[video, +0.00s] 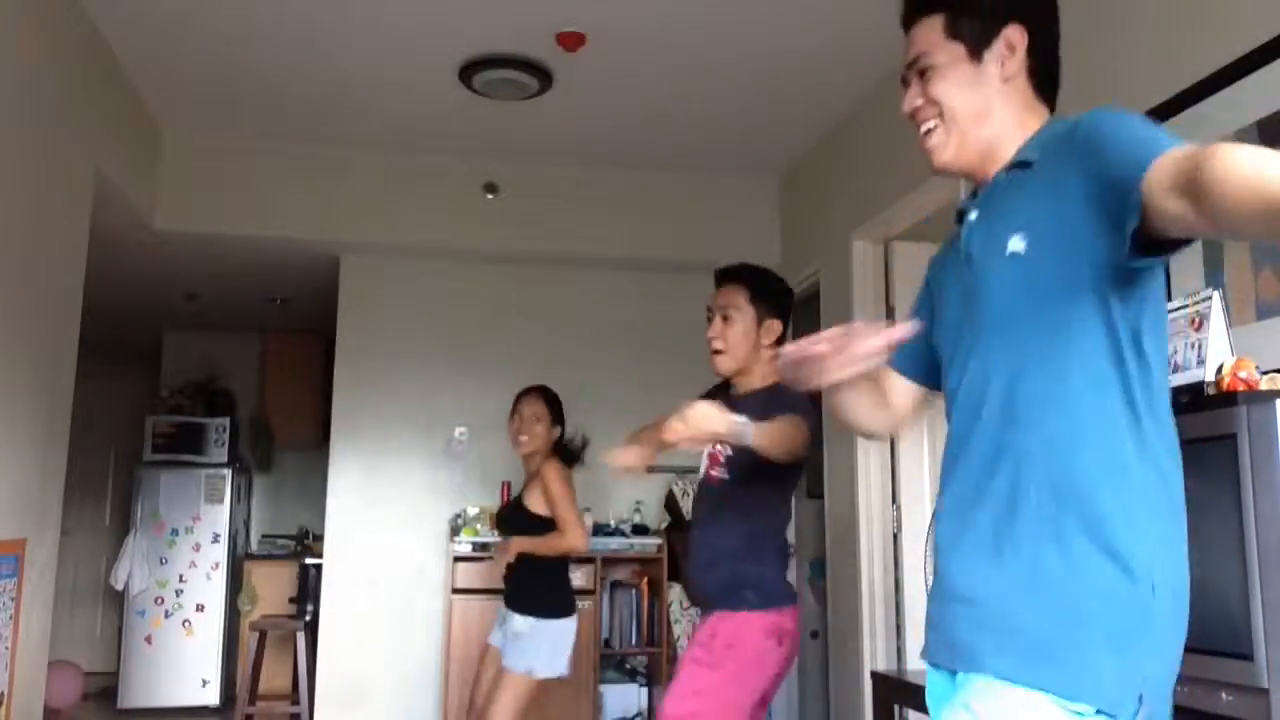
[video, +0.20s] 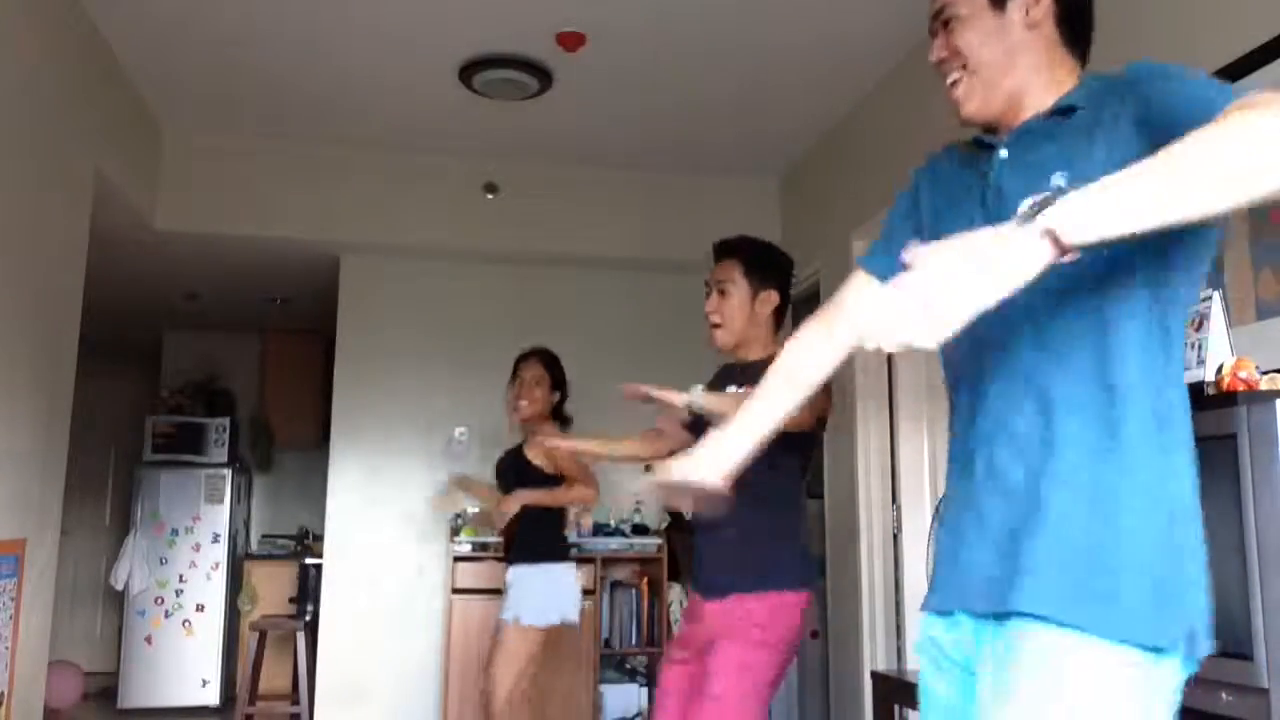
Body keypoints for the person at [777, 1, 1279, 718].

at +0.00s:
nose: (908, 102)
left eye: (925, 71)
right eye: (906, 84)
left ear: (1007, 53)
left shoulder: (1087, 147)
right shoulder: (951, 261)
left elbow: (1197, 183)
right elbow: (885, 410)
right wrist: (840, 376)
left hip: (1074, 622)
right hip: (969, 618)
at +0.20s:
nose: (935, 52)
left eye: (950, 22)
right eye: (933, 34)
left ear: (1033, 12)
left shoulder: (1141, 100)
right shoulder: (942, 180)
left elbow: (1271, 128)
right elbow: (848, 314)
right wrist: (734, 438)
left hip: (1108, 587)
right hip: (964, 583)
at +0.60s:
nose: (923, 84)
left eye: (927, 53)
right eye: (920, 61)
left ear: (986, 26)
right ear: (985, 31)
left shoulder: (1122, 95)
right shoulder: (963, 206)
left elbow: (1248, 134)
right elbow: (893, 355)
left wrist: (1262, 254)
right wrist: (777, 379)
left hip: (1121, 591)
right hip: (976, 586)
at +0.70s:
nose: (908, 125)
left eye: (909, 93)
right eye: (904, 101)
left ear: (967, 68)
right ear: (967, 72)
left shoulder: (1101, 137)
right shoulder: (969, 235)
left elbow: (1210, 195)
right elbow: (924, 406)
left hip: (1098, 614)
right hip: (978, 609)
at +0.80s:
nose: (902, 143)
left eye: (902, 113)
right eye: (896, 119)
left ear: (960, 86)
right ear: (959, 91)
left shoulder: (1102, 158)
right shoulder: (975, 256)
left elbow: (1229, 208)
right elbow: (915, 421)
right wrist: (890, 343)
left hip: (1097, 614)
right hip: (999, 611)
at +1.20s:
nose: (939, 104)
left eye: (952, 72)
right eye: (935, 86)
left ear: (1042, 44)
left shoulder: (1178, 152)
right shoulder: (961, 238)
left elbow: (1276, 189)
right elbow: (851, 370)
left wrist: (1097, 182)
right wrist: (727, 490)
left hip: (1189, 652)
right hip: (1005, 649)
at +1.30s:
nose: (935, 89)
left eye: (945, 56)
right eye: (929, 70)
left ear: (1030, 25)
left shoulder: (1165, 119)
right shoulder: (973, 213)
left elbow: (1276, 139)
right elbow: (867, 360)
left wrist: (1088, 161)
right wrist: (714, 456)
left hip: (1173, 645)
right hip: (1001, 639)